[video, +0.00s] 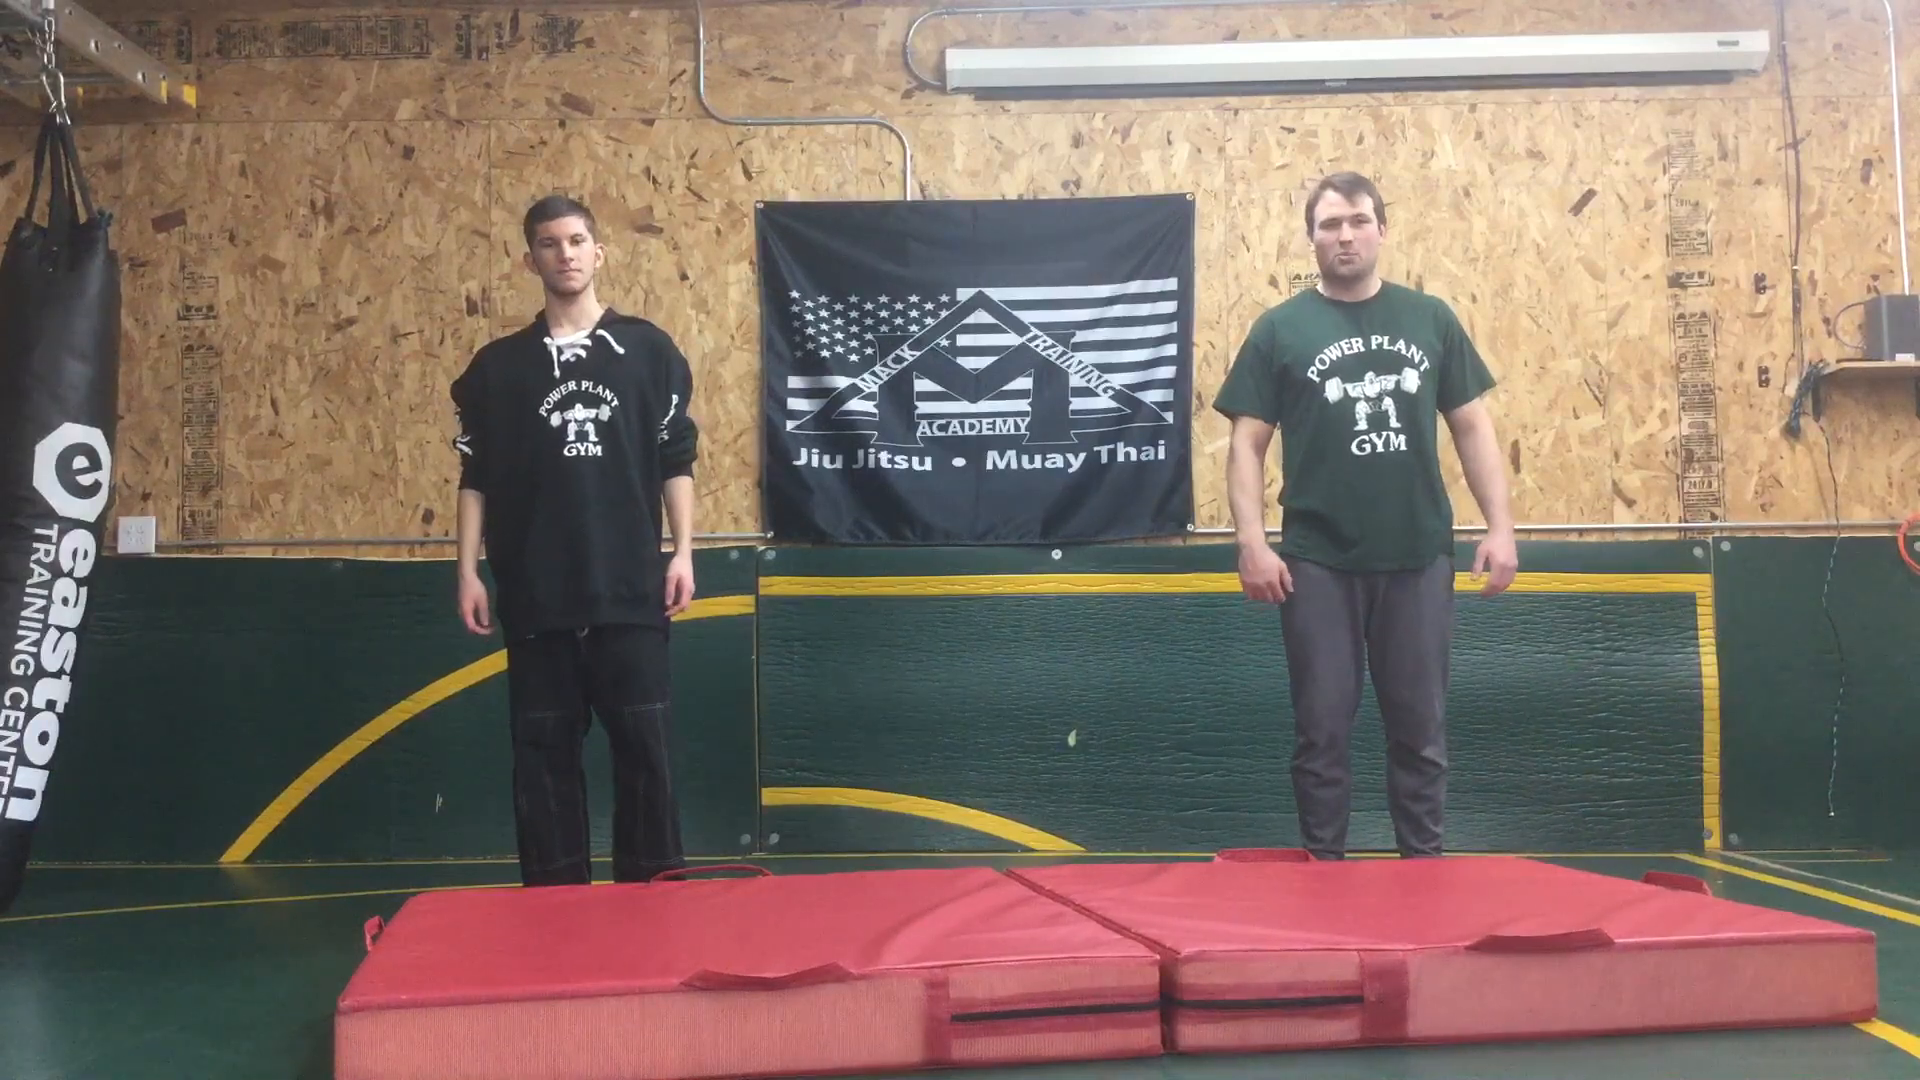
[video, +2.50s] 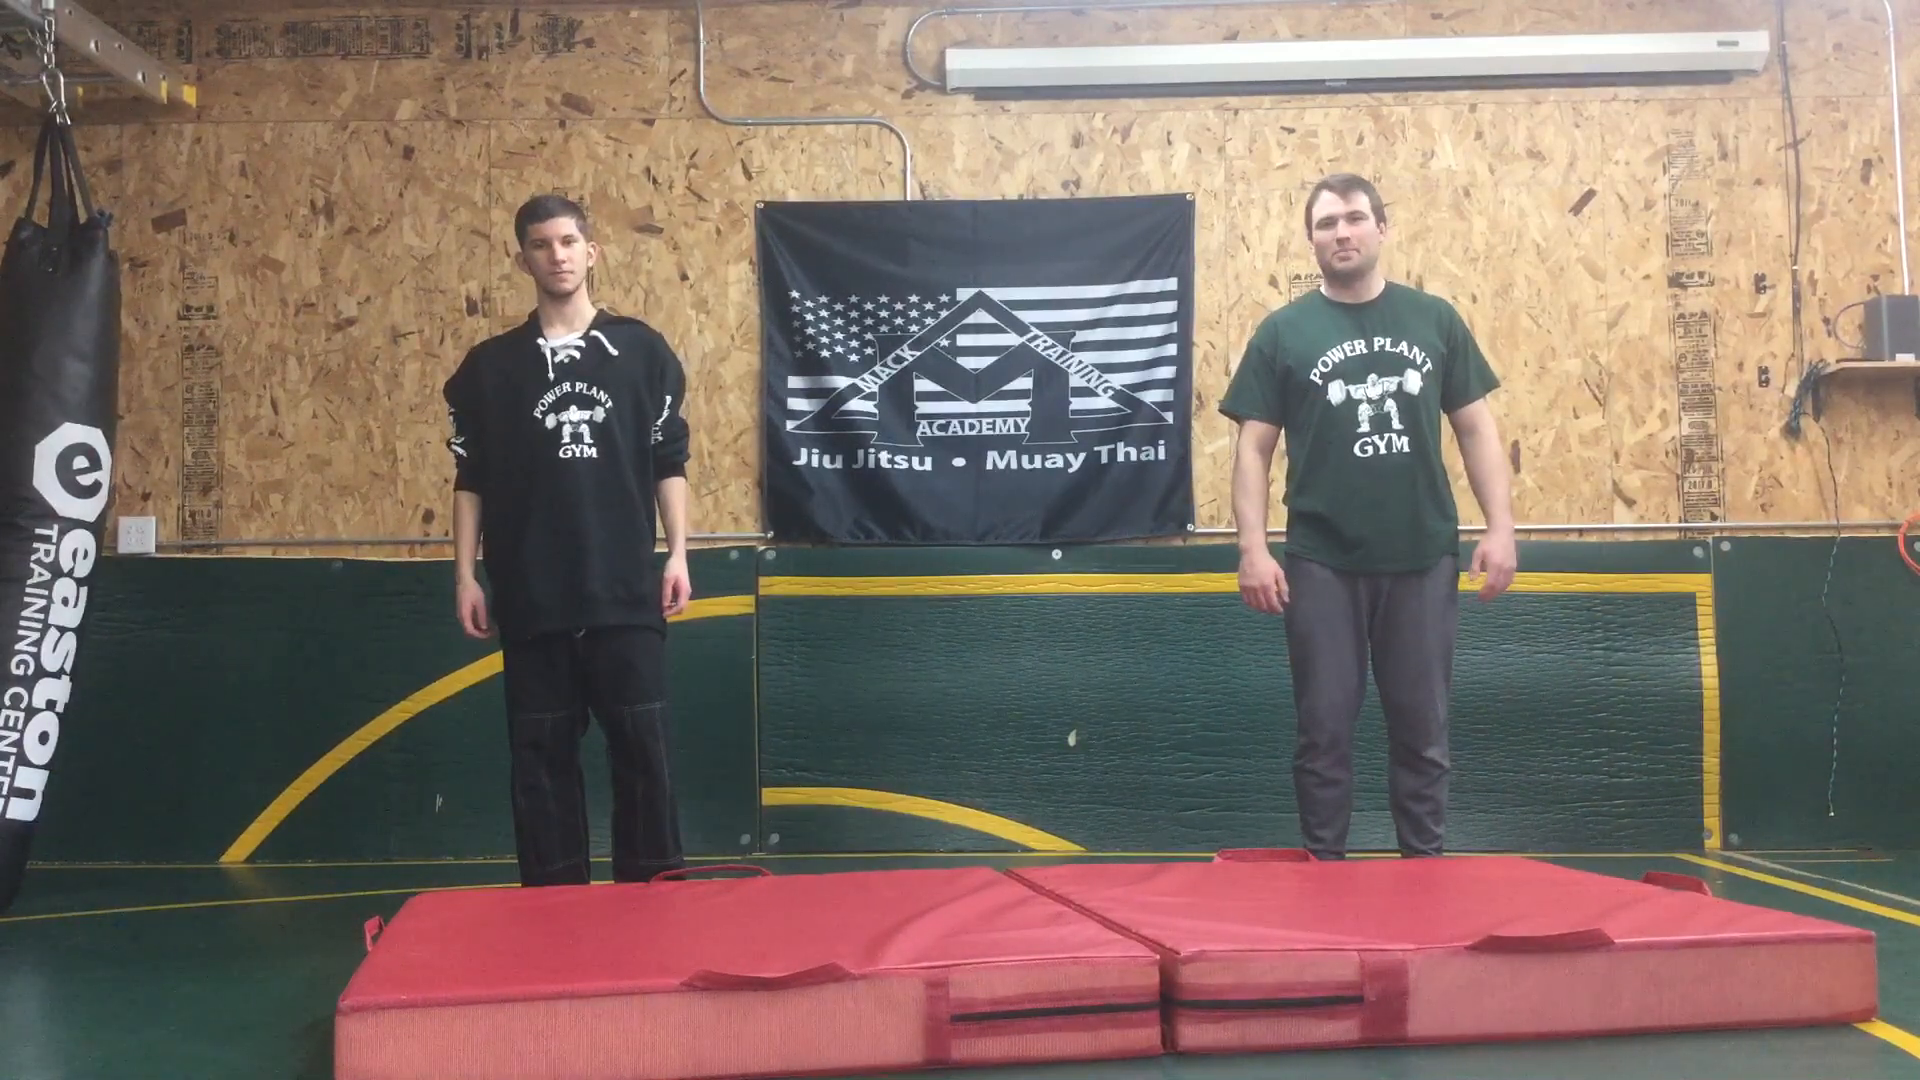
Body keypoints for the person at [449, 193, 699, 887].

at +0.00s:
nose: (566, 255)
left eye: (576, 241)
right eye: (550, 245)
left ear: (597, 251)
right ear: (532, 260)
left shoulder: (649, 349)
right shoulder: (495, 365)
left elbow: (675, 460)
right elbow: (474, 475)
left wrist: (683, 550)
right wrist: (468, 570)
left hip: (630, 581)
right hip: (533, 587)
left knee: (645, 750)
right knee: (545, 757)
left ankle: (654, 900)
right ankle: (555, 907)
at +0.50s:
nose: (565, 255)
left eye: (575, 241)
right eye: (549, 245)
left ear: (596, 250)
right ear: (530, 259)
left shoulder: (647, 348)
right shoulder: (494, 365)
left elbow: (675, 459)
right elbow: (477, 478)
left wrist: (685, 550)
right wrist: (475, 578)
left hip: (632, 583)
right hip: (535, 589)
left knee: (646, 752)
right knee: (546, 760)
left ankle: (655, 903)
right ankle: (556, 910)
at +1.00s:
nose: (563, 256)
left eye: (573, 242)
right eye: (547, 246)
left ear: (594, 251)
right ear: (529, 261)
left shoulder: (645, 351)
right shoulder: (490, 366)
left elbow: (669, 463)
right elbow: (471, 478)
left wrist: (678, 552)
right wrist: (473, 572)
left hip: (628, 584)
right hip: (532, 589)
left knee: (645, 751)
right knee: (543, 759)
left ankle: (654, 902)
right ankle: (555, 910)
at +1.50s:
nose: (560, 256)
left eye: (571, 242)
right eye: (545, 246)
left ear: (592, 251)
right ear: (527, 261)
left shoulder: (644, 351)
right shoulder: (489, 366)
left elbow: (669, 463)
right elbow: (472, 480)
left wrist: (678, 553)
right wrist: (471, 577)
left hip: (627, 584)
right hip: (531, 590)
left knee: (644, 750)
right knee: (542, 760)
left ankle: (654, 903)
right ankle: (554, 911)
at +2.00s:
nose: (559, 256)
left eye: (569, 242)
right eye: (543, 246)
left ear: (590, 250)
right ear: (525, 261)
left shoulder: (643, 350)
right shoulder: (486, 366)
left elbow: (669, 462)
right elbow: (468, 479)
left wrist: (679, 551)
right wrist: (466, 574)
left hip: (625, 585)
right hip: (529, 591)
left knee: (643, 754)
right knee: (542, 764)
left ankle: (653, 906)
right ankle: (554, 914)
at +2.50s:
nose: (557, 255)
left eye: (568, 241)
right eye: (541, 245)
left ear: (590, 250)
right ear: (524, 260)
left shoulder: (642, 350)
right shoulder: (486, 366)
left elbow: (669, 462)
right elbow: (469, 479)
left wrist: (678, 552)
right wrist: (467, 574)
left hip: (625, 585)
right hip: (529, 591)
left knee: (643, 753)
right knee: (541, 762)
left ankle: (652, 903)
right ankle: (553, 912)